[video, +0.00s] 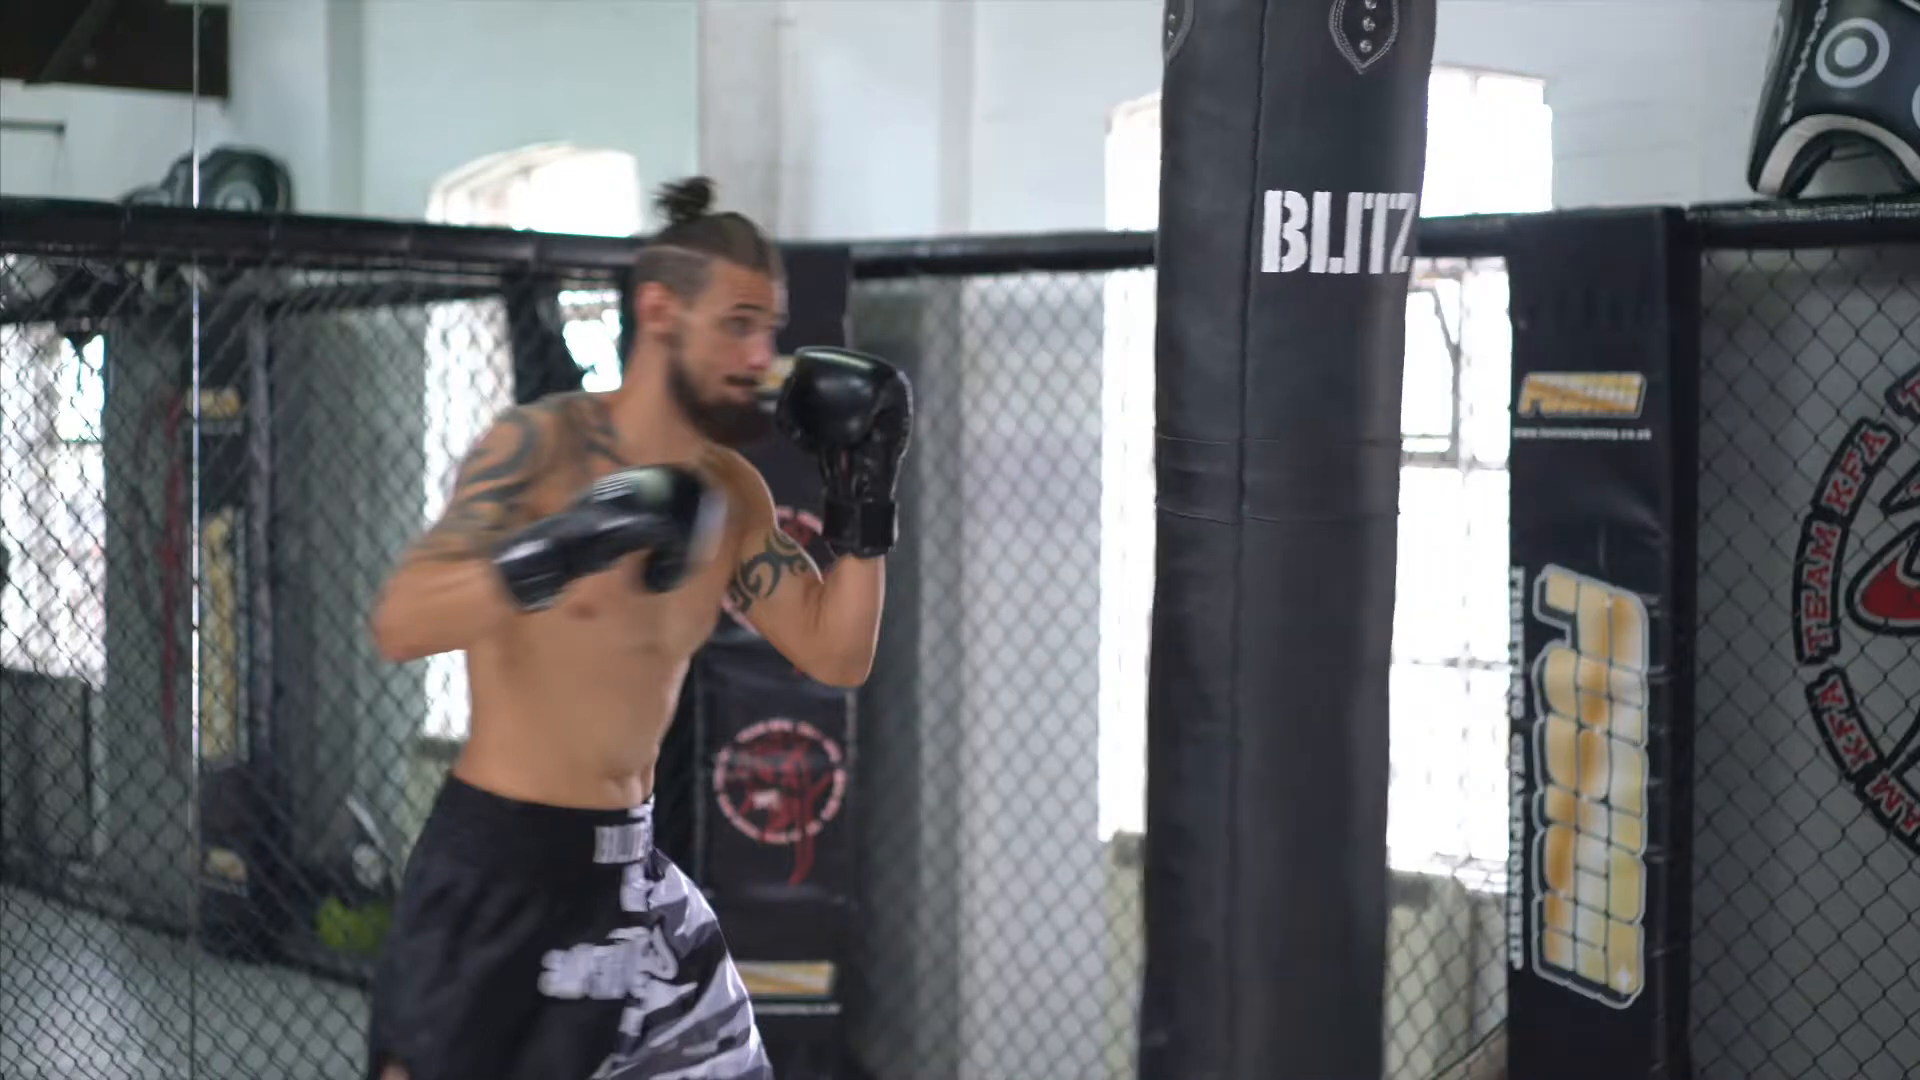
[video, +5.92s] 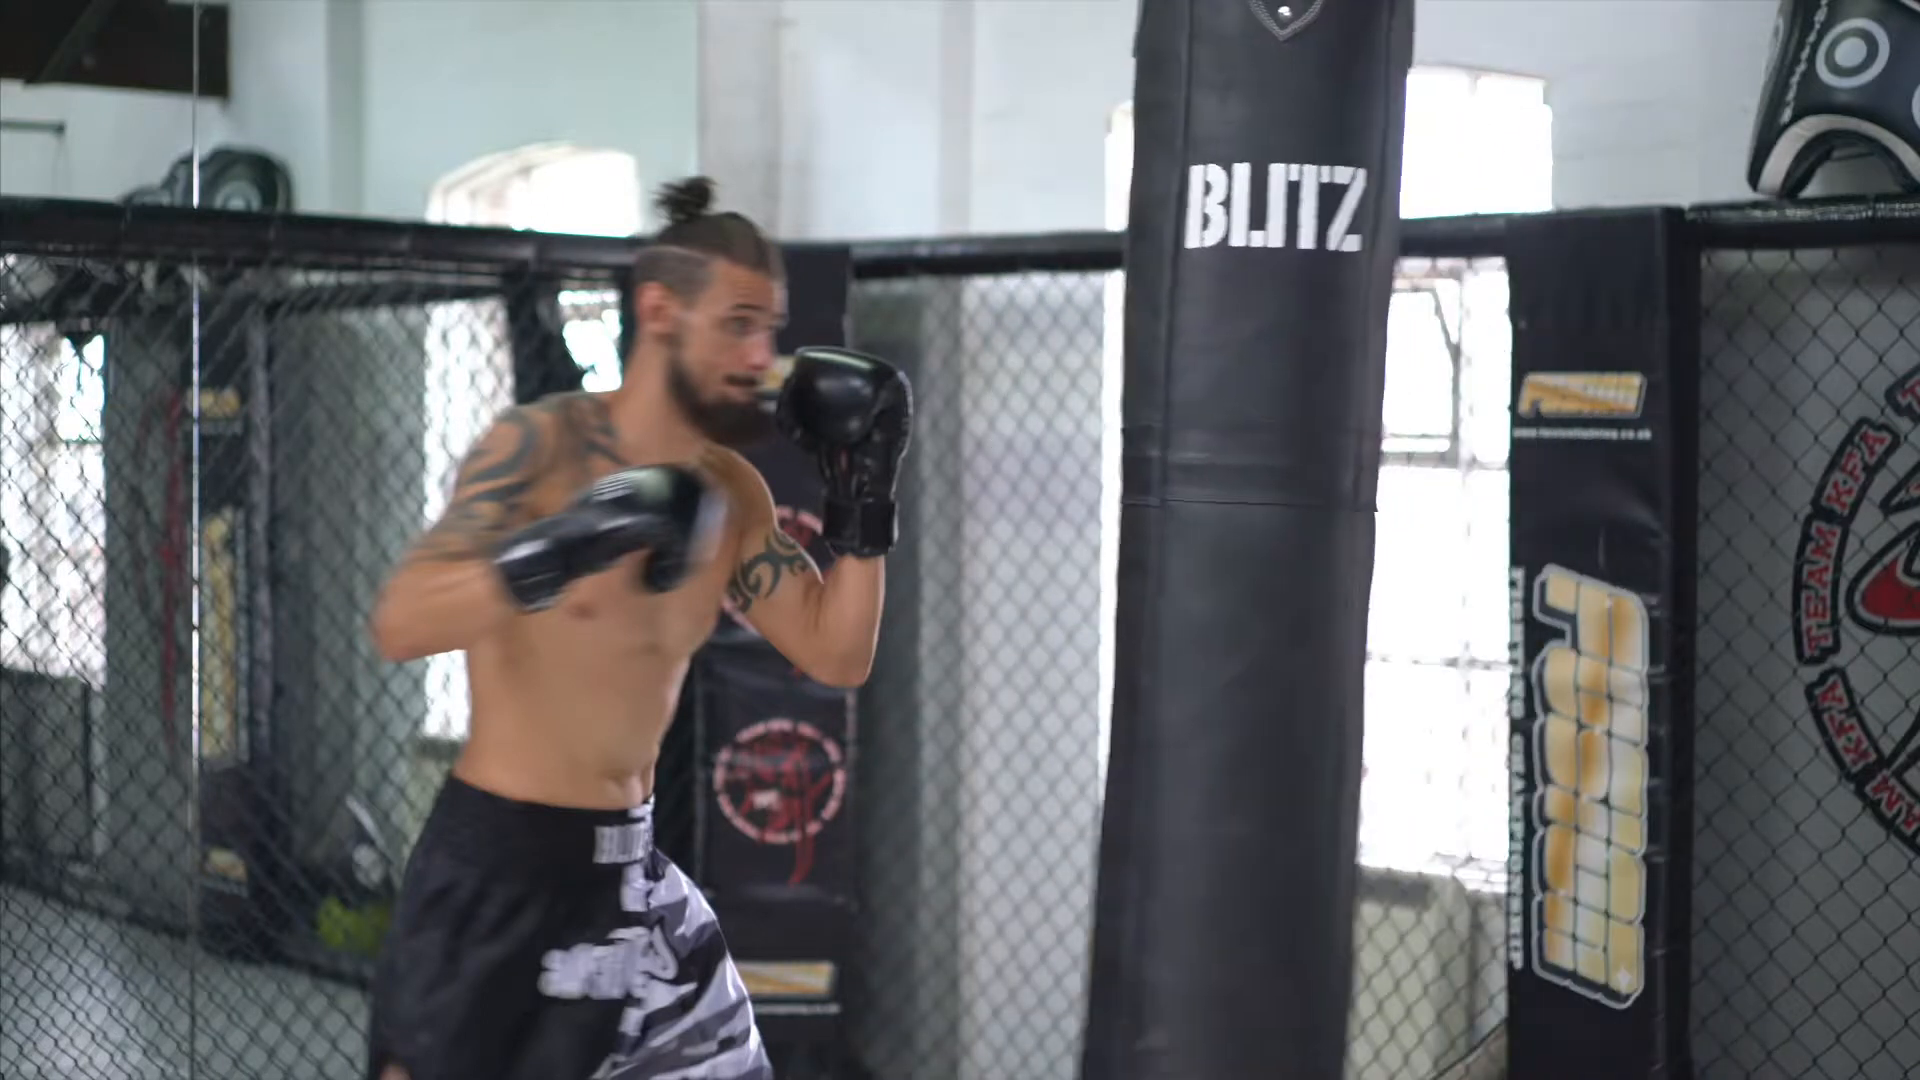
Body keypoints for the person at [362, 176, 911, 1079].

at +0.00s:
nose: (762, 358)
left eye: (772, 331)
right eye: (739, 325)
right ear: (656, 310)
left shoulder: (734, 493)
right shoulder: (539, 440)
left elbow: (839, 655)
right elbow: (401, 623)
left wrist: (864, 483)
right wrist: (569, 547)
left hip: (636, 868)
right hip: (500, 866)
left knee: (732, 1066)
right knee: (442, 1065)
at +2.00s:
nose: (763, 357)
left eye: (773, 331)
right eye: (740, 325)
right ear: (656, 309)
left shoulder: (733, 492)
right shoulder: (538, 440)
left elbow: (839, 655)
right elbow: (400, 623)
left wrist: (866, 481)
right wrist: (568, 546)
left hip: (636, 867)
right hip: (500, 865)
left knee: (731, 1066)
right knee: (443, 1064)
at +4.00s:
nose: (762, 357)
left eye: (772, 331)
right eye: (739, 325)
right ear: (656, 310)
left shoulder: (733, 492)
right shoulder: (538, 441)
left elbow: (839, 656)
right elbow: (400, 624)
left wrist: (866, 479)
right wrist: (568, 547)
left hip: (635, 867)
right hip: (500, 865)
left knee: (732, 1066)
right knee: (437, 1065)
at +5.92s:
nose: (762, 357)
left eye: (772, 331)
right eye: (739, 325)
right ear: (656, 309)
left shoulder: (733, 492)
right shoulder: (537, 441)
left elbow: (839, 655)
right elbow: (400, 623)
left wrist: (865, 481)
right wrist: (568, 546)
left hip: (635, 867)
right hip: (499, 865)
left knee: (732, 1066)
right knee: (438, 1065)